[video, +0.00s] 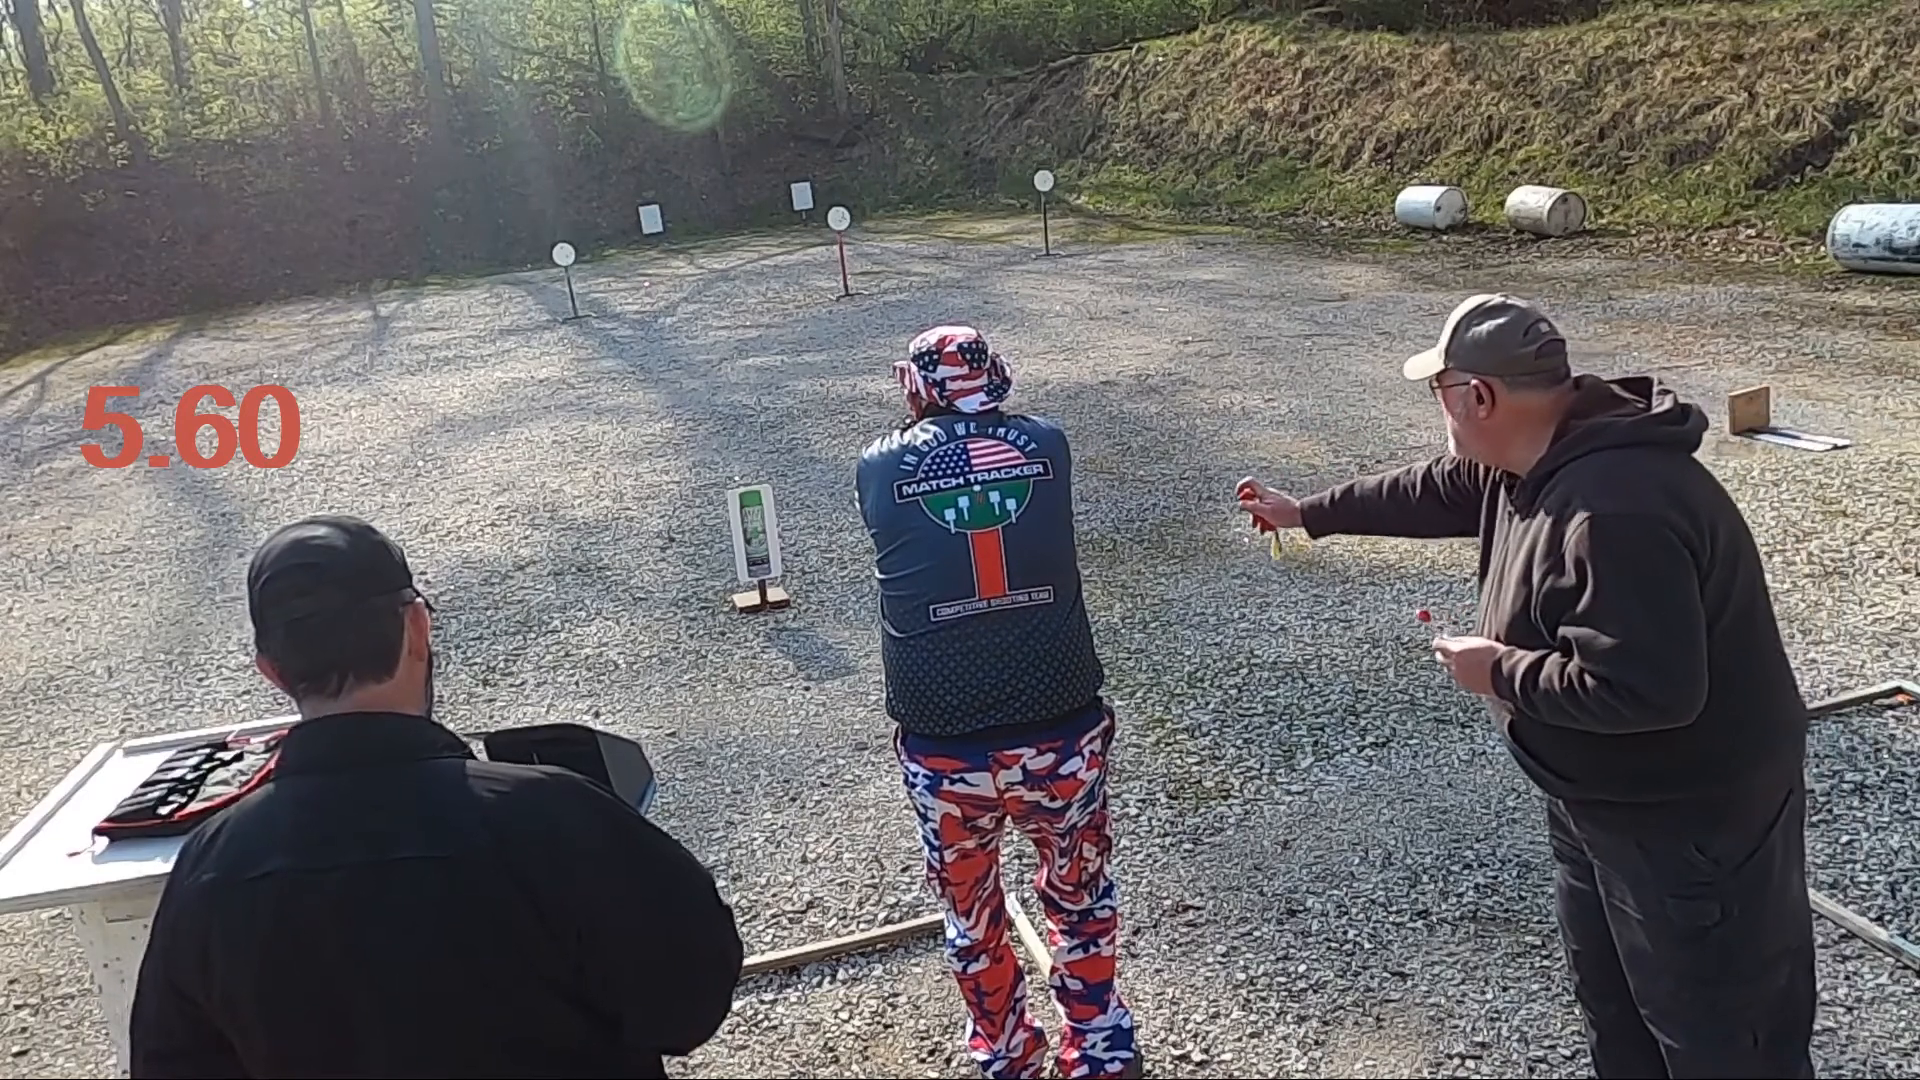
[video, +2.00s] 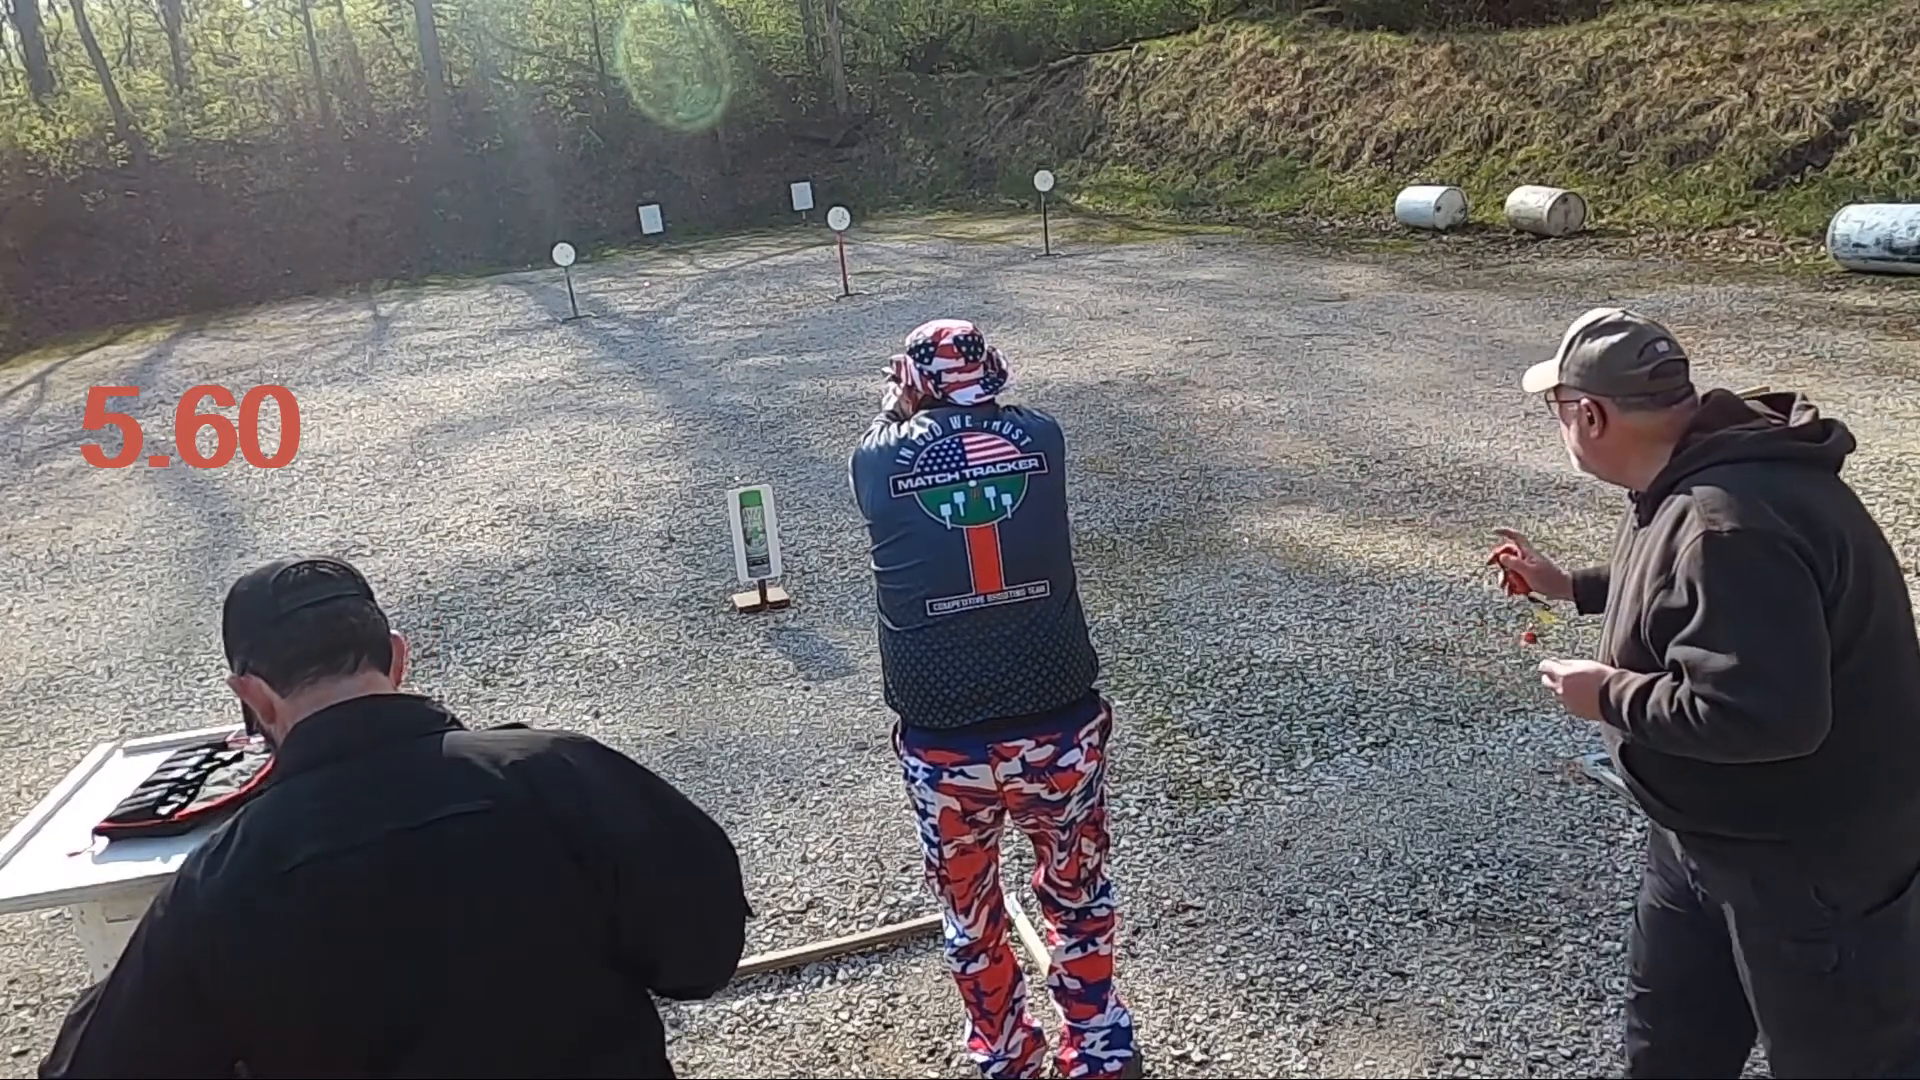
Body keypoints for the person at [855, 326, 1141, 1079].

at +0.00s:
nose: (904, 398)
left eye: (907, 389)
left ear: (915, 397)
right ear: (997, 388)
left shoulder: (878, 470)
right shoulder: (1047, 443)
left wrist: (932, 421)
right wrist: (947, 416)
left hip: (944, 749)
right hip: (1062, 735)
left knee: (972, 908)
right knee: (1080, 897)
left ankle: (1006, 1058)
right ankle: (1102, 1056)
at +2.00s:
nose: (904, 394)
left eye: (908, 385)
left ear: (910, 395)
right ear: (992, 385)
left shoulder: (874, 465)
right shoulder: (1041, 436)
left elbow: (884, 441)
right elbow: (980, 430)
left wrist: (901, 404)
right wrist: (937, 400)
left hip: (943, 746)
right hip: (1061, 731)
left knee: (971, 909)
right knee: (1077, 894)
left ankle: (1005, 1057)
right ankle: (1100, 1054)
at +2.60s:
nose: (924, 386)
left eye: (925, 376)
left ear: (932, 386)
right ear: (1009, 376)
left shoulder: (896, 455)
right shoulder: (1060, 429)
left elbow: (916, 436)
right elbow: (1006, 423)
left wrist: (942, 398)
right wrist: (960, 394)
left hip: (960, 737)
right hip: (1077, 725)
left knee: (975, 899)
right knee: (1083, 892)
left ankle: (1003, 1054)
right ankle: (1098, 1054)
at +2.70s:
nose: (934, 384)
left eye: (936, 374)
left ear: (943, 385)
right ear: (1019, 376)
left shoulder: (905, 453)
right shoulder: (1068, 427)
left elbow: (923, 437)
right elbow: (1019, 418)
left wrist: (950, 397)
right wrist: (968, 392)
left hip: (970, 732)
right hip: (1087, 722)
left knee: (975, 895)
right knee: (1089, 884)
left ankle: (1000, 1053)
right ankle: (1096, 1046)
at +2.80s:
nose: (944, 377)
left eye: (946, 367)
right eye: (950, 366)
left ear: (954, 379)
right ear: (1028, 370)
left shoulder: (917, 446)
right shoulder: (1079, 419)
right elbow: (1028, 419)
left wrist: (970, 395)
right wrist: (982, 389)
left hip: (985, 726)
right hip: (1105, 714)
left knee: (980, 891)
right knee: (1118, 872)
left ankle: (1000, 1054)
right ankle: (1106, 1039)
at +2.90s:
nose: (981, 380)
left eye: (979, 369)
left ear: (978, 378)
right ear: (1056, 368)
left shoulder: (939, 446)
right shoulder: (1101, 419)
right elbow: (1053, 419)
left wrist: (993, 396)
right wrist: (1012, 391)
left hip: (1005, 725)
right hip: (1126, 711)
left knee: (995, 892)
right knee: (1172, 847)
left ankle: (1001, 1055)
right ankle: (1176, 1025)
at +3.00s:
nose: (1077, 392)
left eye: (1015, 379)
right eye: (1081, 379)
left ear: (1010, 389)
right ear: (1088, 383)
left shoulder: (970, 460)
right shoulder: (1131, 433)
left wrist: (1032, 410)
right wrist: (1051, 406)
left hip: (1032, 736)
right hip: (1155, 721)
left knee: (1008, 887)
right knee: (1236, 844)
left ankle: (1002, 1052)